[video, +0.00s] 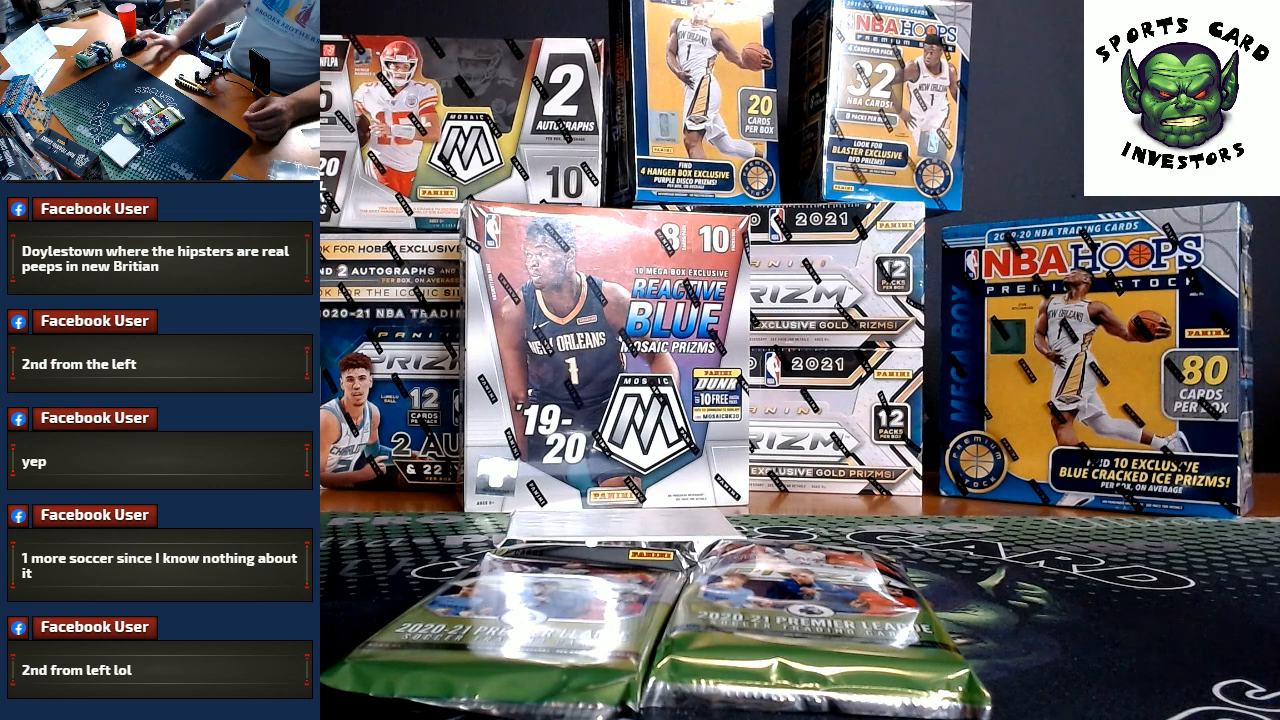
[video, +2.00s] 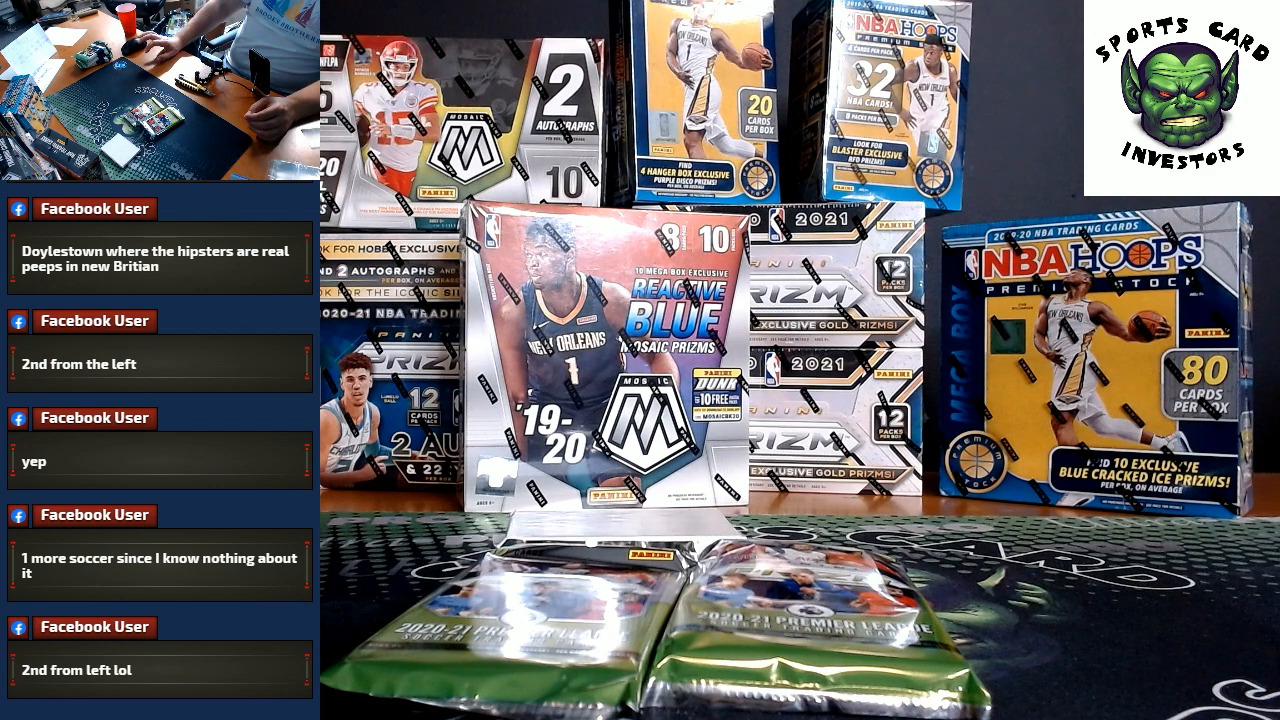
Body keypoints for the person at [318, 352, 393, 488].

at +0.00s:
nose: (356, 385)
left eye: (362, 378)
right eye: (350, 379)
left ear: (370, 382)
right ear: (341, 383)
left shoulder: (372, 413)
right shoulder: (325, 419)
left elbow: (373, 450)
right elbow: (316, 477)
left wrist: (406, 456)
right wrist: (360, 475)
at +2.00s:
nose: (356, 385)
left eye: (362, 378)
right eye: (350, 379)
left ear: (370, 382)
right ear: (341, 384)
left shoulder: (372, 413)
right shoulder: (325, 419)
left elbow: (373, 450)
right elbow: (316, 477)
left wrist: (406, 456)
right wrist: (360, 475)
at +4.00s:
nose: (356, 385)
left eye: (362, 378)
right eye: (350, 379)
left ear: (370, 382)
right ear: (342, 383)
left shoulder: (372, 413)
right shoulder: (325, 419)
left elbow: (374, 450)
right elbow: (321, 475)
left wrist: (407, 455)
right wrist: (360, 475)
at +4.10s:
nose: (356, 386)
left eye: (362, 378)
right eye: (350, 380)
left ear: (370, 382)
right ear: (342, 384)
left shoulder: (372, 413)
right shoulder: (326, 417)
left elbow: (374, 450)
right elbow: (331, 469)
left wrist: (404, 455)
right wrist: (364, 472)